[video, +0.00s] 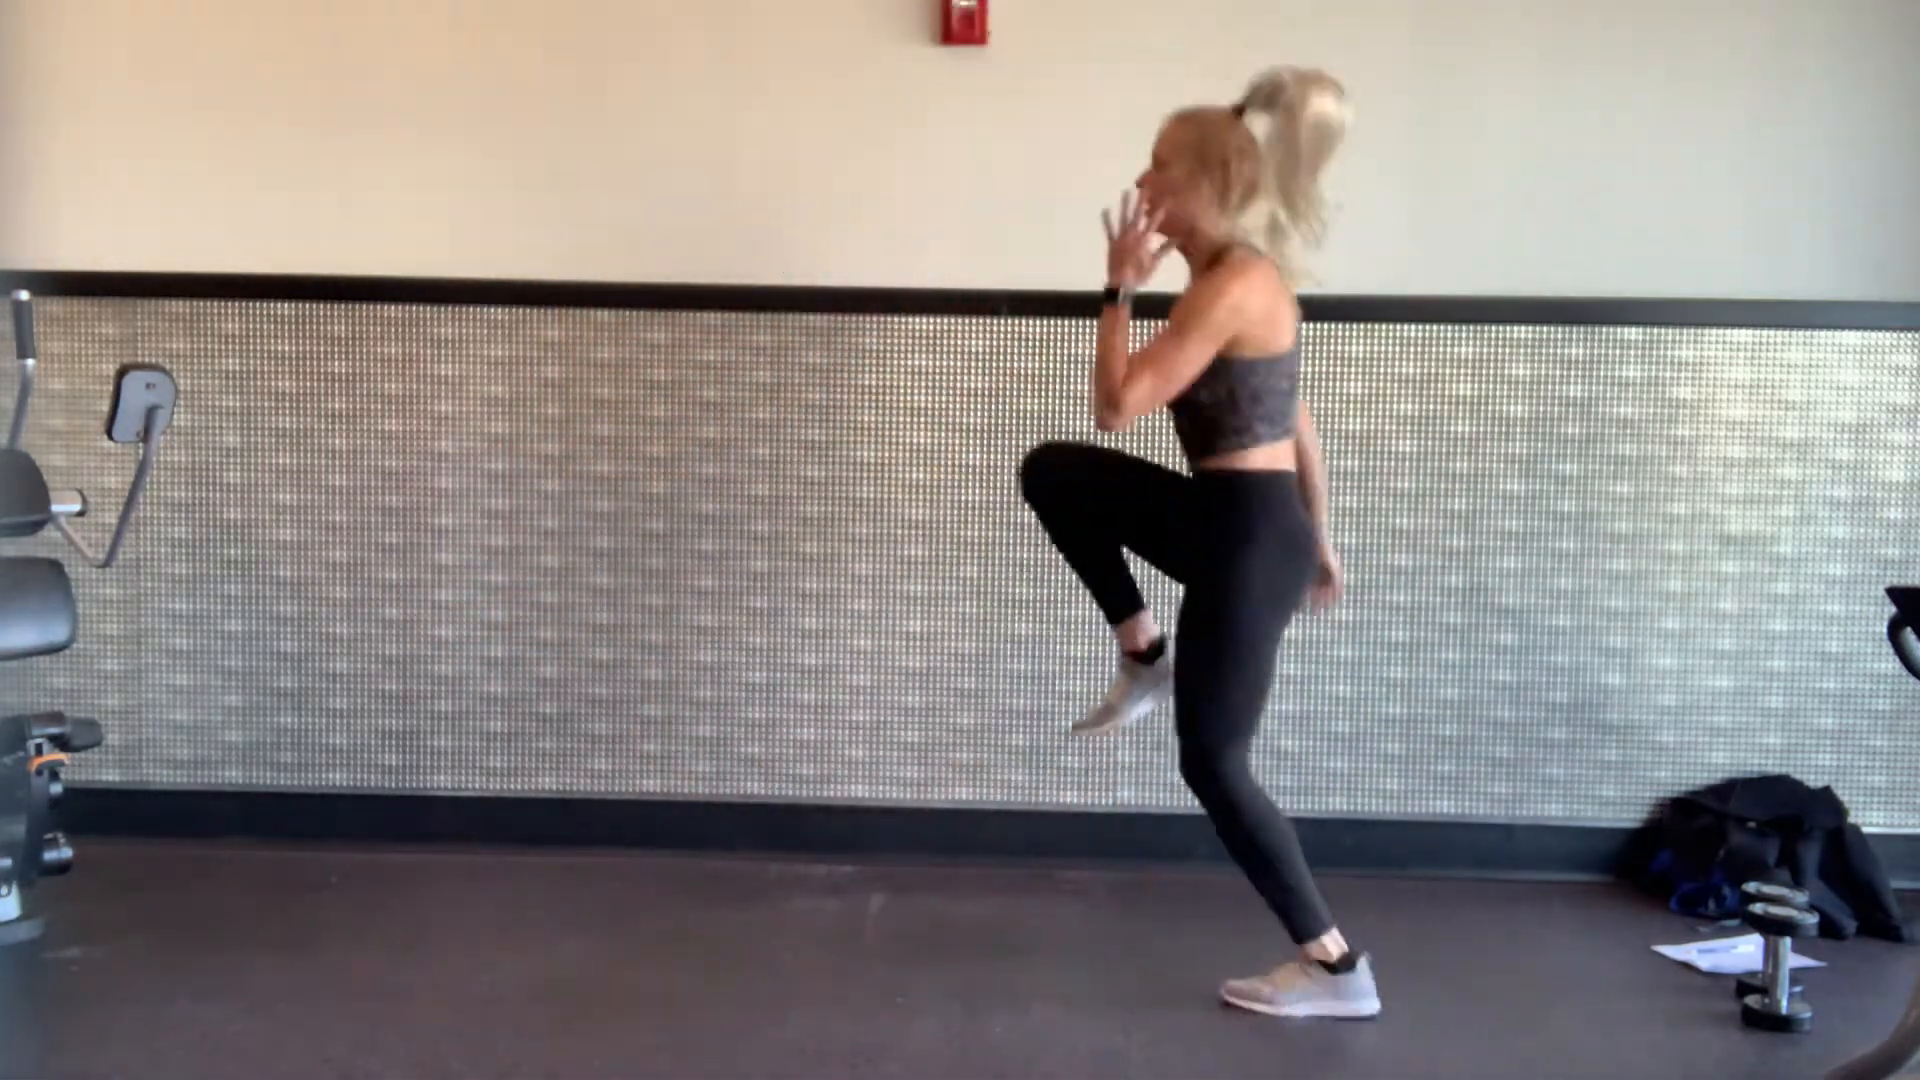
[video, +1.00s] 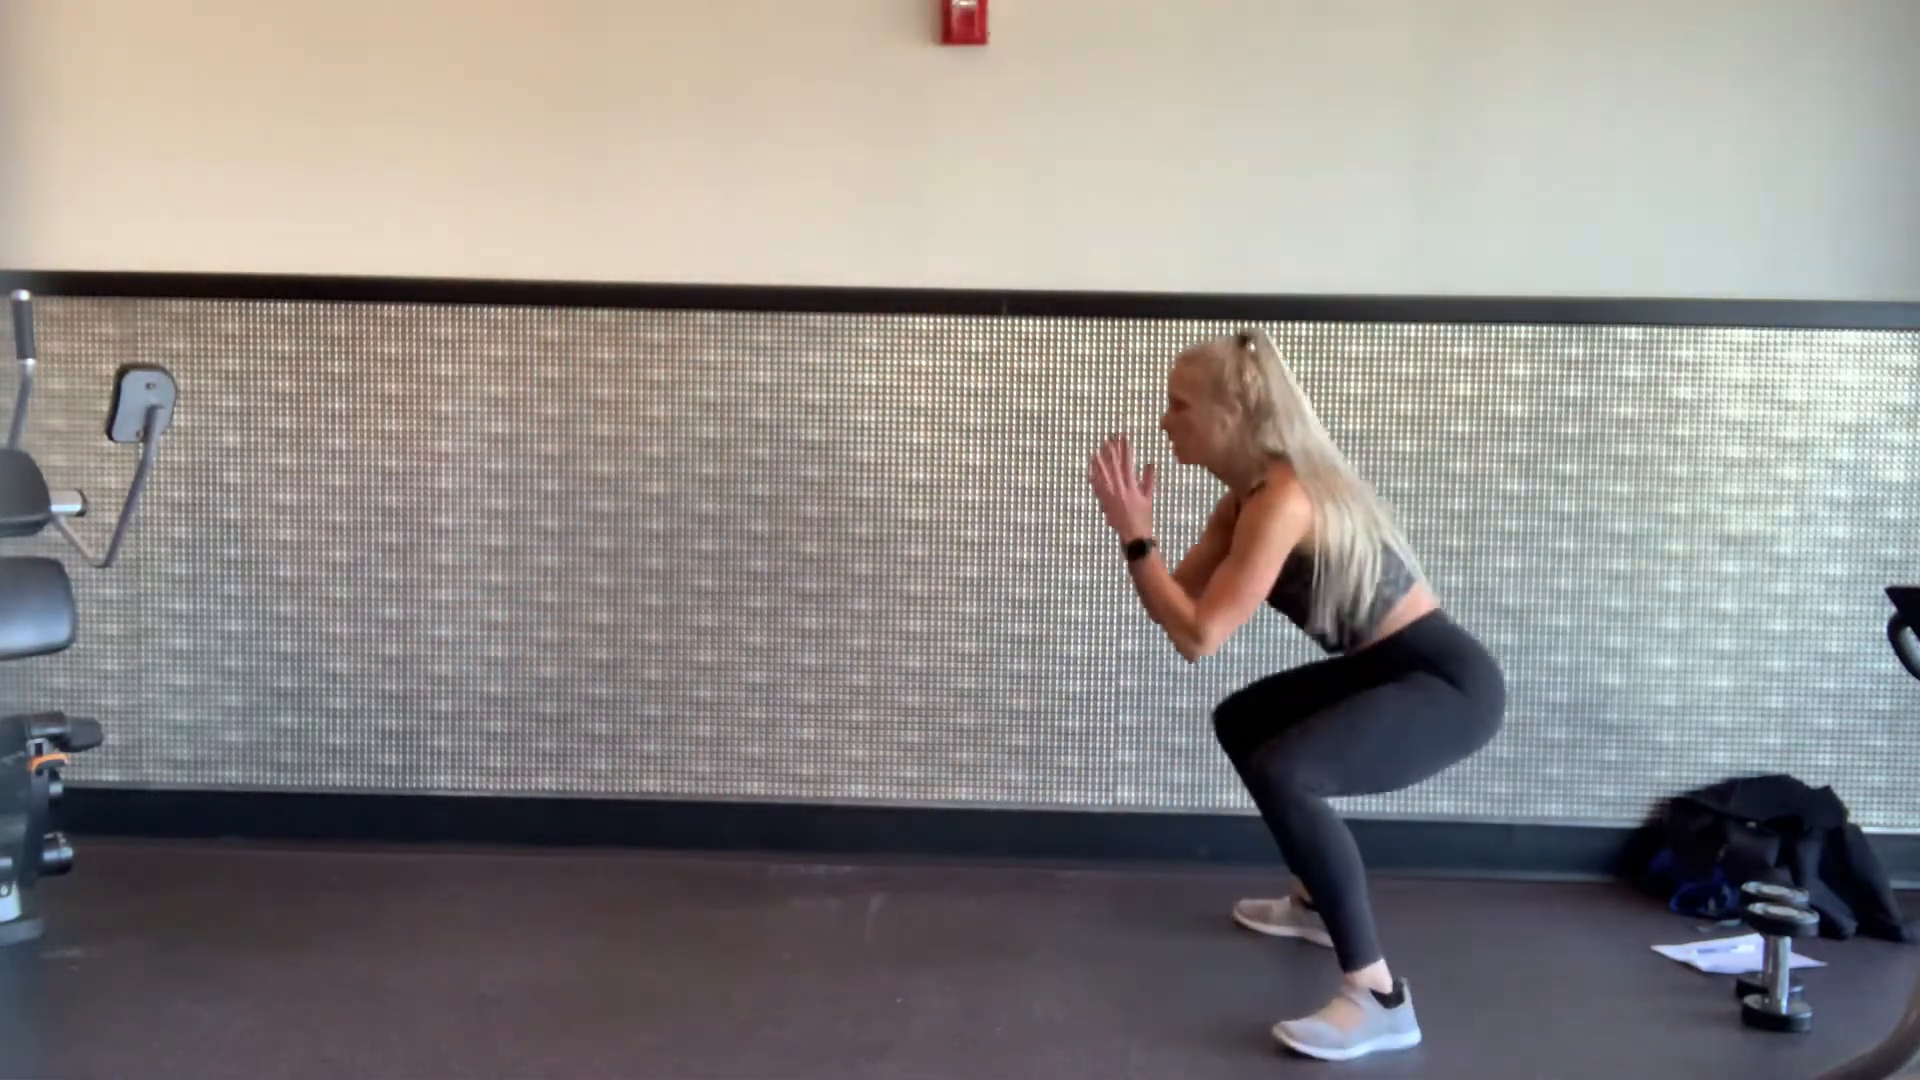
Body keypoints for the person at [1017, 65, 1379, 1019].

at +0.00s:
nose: (1146, 183)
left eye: (1163, 170)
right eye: (1152, 166)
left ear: (1210, 190)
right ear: (1219, 191)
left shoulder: (1237, 285)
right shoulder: (1238, 277)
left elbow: (1115, 406)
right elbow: (1293, 424)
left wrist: (1119, 283)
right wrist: (1316, 534)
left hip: (1252, 536)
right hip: (1234, 519)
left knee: (1211, 757)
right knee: (1048, 474)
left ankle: (1332, 961)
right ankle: (1142, 649)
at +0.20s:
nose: (1183, 110)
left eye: (1198, 96)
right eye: (1190, 94)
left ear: (1244, 112)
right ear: (1248, 113)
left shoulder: (1279, 217)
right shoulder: (1265, 208)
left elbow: (1268, 375)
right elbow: (1288, 366)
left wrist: (1147, 411)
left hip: (1306, 473)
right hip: (1275, 466)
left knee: (1265, 699)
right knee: (1130, 604)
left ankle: (1314, 931)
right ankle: (1218, 767)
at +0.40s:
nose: (1191, 205)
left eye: (1208, 193)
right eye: (1198, 189)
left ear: (1259, 213)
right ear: (1254, 215)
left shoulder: (1306, 307)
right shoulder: (1246, 308)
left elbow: (1336, 465)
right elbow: (1244, 447)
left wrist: (1209, 478)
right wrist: (1153, 462)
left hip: (1367, 552)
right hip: (1317, 549)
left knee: (1281, 745)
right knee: (1242, 719)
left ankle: (1377, 985)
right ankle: (1322, 896)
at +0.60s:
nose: (1171, 424)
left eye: (1185, 411)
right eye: (1177, 409)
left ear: (1231, 430)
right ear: (1235, 432)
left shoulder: (1286, 508)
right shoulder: (1239, 519)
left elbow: (1216, 656)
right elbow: (1167, 631)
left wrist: (1151, 561)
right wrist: (1144, 552)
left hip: (1445, 697)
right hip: (1382, 687)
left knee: (1288, 773)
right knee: (1234, 728)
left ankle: (1378, 996)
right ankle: (1319, 903)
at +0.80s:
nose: (1172, 469)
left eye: (1186, 458)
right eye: (1175, 456)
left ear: (1236, 471)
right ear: (1236, 474)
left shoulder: (1286, 549)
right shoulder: (1245, 554)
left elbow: (1214, 695)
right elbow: (1193, 663)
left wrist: (1152, 597)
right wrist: (1149, 590)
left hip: (1454, 730)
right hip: (1395, 713)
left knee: (1285, 777)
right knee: (1239, 733)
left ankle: (1378, 997)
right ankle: (1315, 903)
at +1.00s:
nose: (1165, 421)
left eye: (1176, 406)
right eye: (1167, 405)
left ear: (1230, 414)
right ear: (1233, 416)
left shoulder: (1281, 500)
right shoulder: (1246, 497)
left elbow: (1198, 635)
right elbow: (1180, 603)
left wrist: (1137, 538)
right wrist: (1135, 534)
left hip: (1449, 683)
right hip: (1397, 668)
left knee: (1287, 768)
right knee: (1242, 722)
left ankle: (1377, 994)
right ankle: (1321, 900)